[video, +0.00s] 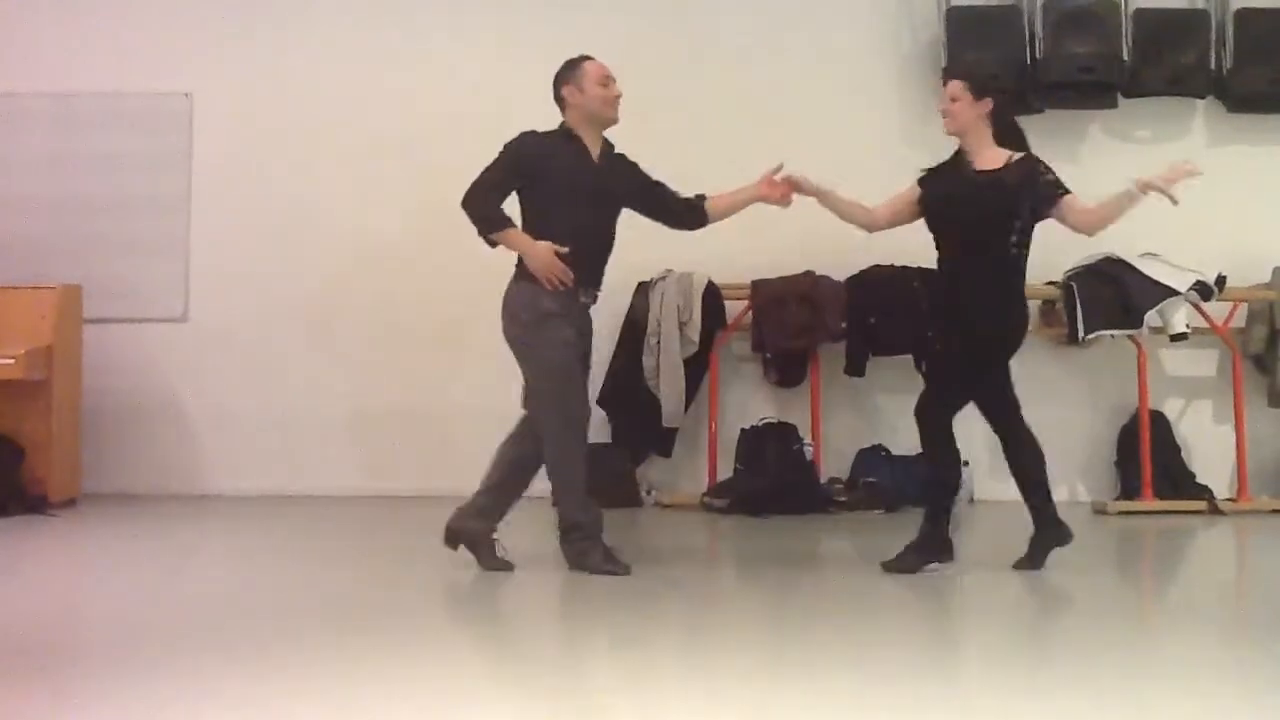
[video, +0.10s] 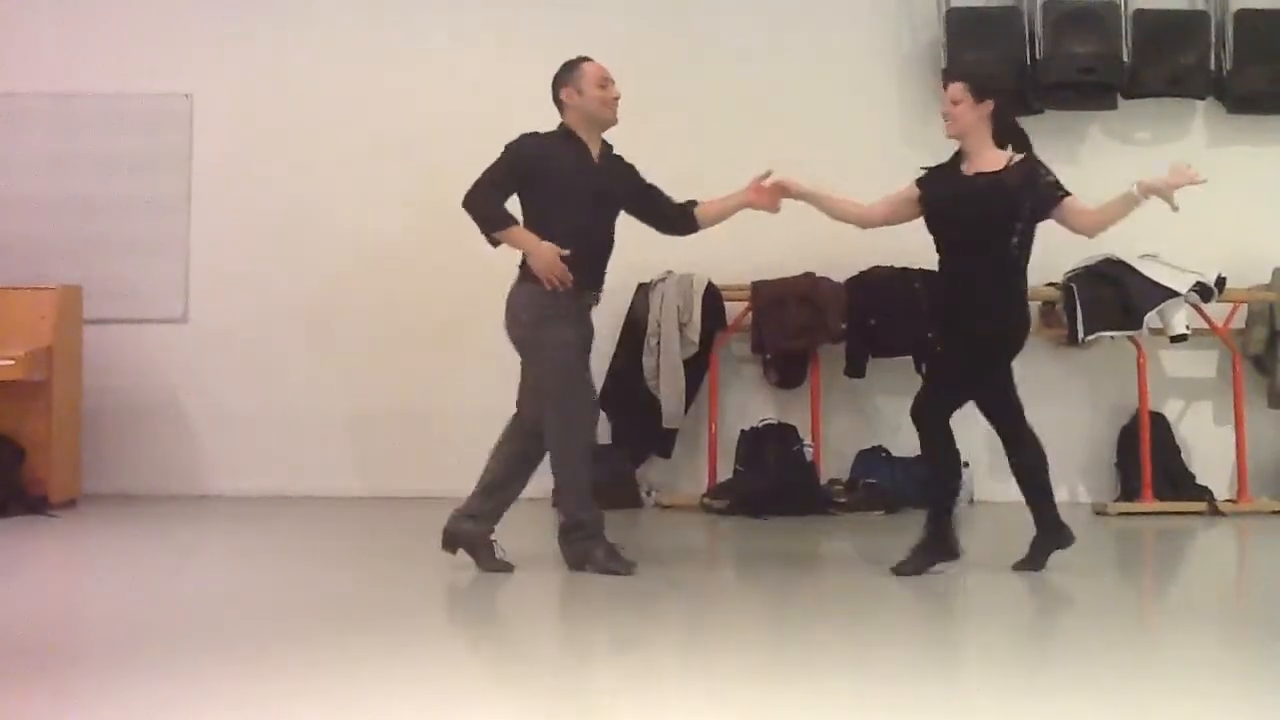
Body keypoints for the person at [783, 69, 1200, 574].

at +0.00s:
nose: (942, 108)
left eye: (952, 99)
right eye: (942, 100)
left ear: (986, 105)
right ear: (958, 107)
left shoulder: (1024, 171)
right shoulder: (943, 179)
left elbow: (1086, 220)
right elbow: (875, 218)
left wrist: (1138, 189)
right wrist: (814, 189)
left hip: (999, 316)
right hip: (952, 316)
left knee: (931, 413)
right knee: (1008, 423)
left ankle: (935, 537)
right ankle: (1048, 523)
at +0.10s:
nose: (944, 112)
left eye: (954, 102)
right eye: (943, 103)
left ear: (986, 107)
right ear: (954, 110)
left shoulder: (1024, 174)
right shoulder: (940, 181)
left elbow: (1087, 222)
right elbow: (869, 214)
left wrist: (1143, 190)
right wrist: (797, 188)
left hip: (999, 320)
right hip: (955, 321)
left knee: (928, 413)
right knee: (1010, 425)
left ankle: (940, 536)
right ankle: (1050, 526)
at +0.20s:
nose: (936, 114)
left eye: (945, 104)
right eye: (936, 105)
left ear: (976, 110)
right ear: (959, 111)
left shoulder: (1011, 176)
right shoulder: (927, 181)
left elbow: (1074, 224)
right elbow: (850, 210)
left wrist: (1129, 191)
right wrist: (772, 189)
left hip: (990, 319)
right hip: (946, 320)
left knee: (929, 417)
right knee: (985, 427)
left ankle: (964, 540)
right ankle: (1046, 523)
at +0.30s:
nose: (923, 112)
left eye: (932, 103)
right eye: (923, 104)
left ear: (963, 109)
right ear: (942, 111)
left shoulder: (996, 176)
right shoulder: (910, 178)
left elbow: (1059, 224)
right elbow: (837, 204)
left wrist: (1110, 190)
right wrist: (756, 187)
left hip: (985, 312)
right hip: (936, 312)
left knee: (943, 422)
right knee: (937, 424)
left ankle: (974, 540)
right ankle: (1005, 517)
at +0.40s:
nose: (896, 116)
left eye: (906, 107)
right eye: (896, 108)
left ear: (937, 113)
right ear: (909, 116)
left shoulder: (968, 181)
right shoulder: (888, 180)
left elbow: (1019, 222)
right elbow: (812, 197)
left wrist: (1051, 188)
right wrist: (728, 182)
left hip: (966, 319)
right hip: (914, 320)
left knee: (962, 427)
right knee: (859, 414)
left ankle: (971, 547)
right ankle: (924, 496)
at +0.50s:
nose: (875, 117)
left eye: (885, 109)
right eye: (876, 110)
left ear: (916, 114)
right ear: (900, 116)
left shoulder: (948, 179)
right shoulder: (869, 182)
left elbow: (983, 223)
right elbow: (795, 196)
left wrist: (997, 182)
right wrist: (718, 181)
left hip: (952, 322)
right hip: (895, 324)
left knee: (961, 431)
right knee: (827, 404)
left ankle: (964, 545)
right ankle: (851, 508)